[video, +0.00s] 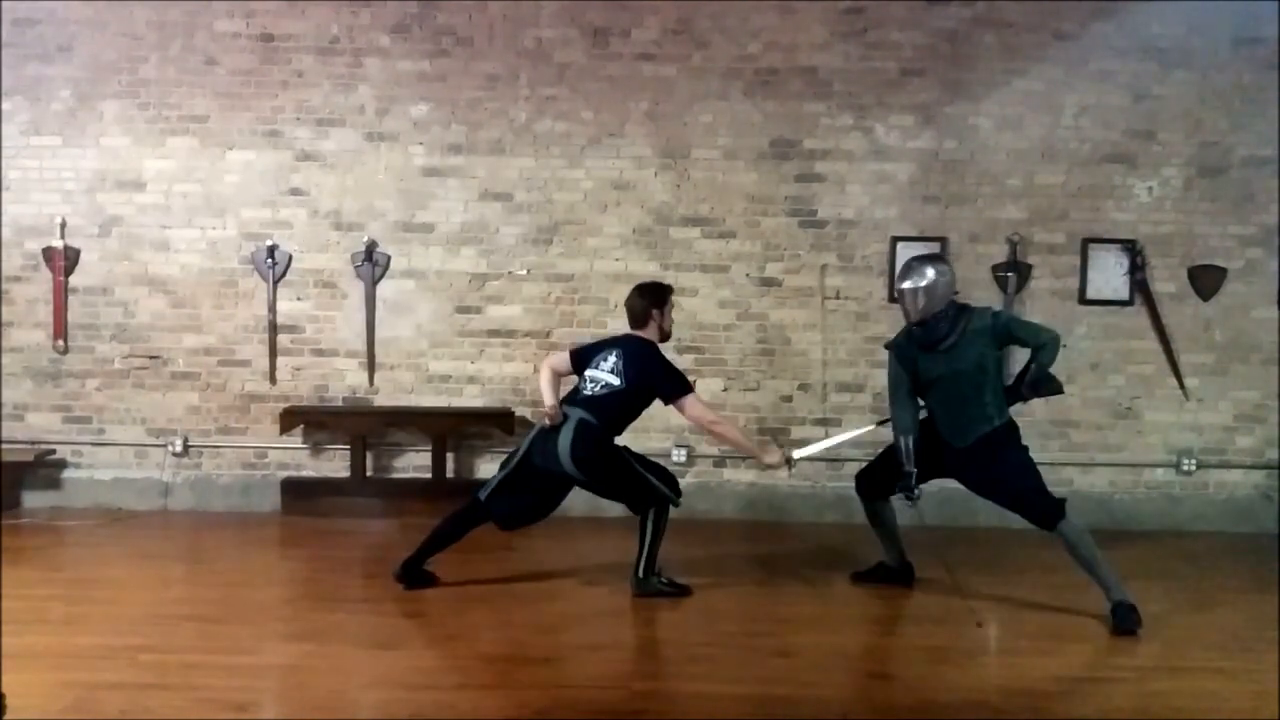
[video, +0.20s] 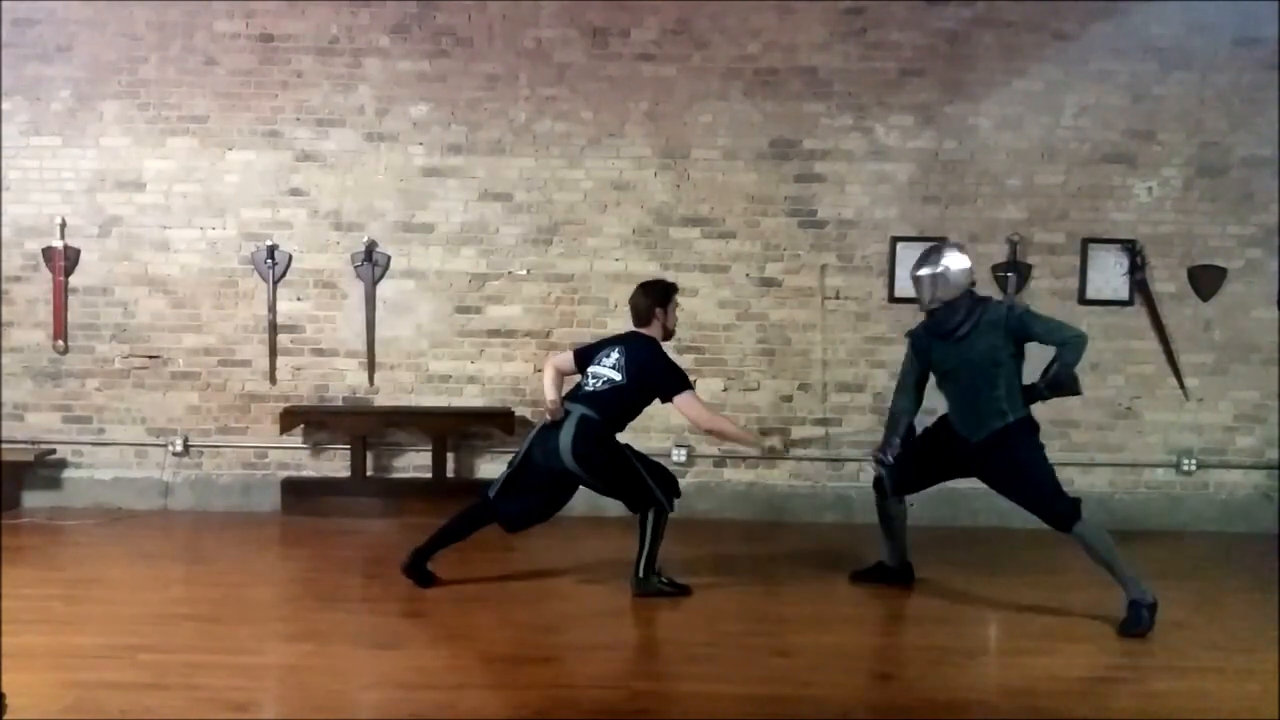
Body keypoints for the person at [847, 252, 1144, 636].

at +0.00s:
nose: (905, 302)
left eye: (913, 292)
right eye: (903, 293)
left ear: (939, 292)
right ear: (909, 298)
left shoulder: (987, 324)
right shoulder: (904, 349)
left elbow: (1049, 341)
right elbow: (903, 413)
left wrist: (1021, 387)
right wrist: (907, 466)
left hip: (991, 443)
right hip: (936, 442)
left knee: (1051, 516)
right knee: (869, 484)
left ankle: (1120, 601)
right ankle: (896, 565)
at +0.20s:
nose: (925, 293)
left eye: (932, 282)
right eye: (921, 283)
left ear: (955, 281)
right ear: (920, 287)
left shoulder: (1002, 316)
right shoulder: (924, 339)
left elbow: (1073, 339)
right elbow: (905, 400)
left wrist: (1049, 383)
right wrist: (889, 447)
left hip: (1009, 440)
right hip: (956, 438)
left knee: (1066, 517)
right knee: (888, 481)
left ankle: (1139, 597)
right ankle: (896, 566)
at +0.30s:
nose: (964, 276)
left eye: (972, 265)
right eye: (961, 267)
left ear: (997, 264)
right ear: (962, 271)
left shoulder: (1038, 305)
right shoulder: (961, 322)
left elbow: (1108, 337)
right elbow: (925, 373)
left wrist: (1078, 381)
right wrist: (885, 396)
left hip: (1033, 432)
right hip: (982, 432)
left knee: (1080, 520)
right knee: (918, 485)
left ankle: (1158, 602)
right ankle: (895, 565)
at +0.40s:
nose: (1000, 260)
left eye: (1009, 250)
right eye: (999, 251)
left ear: (1035, 251)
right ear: (1000, 257)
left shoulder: (1078, 296)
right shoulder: (995, 310)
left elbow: (1141, 334)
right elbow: (949, 353)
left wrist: (1101, 377)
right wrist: (889, 361)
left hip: (1060, 425)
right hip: (1007, 425)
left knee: (1102, 517)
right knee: (952, 493)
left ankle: (1167, 606)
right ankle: (914, 566)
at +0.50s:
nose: (1029, 253)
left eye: (1040, 245)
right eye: (1029, 243)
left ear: (1065, 247)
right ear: (1032, 244)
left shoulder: (1101, 290)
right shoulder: (1022, 298)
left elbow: (1163, 330)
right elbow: (968, 334)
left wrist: (1120, 373)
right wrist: (902, 338)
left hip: (1082, 418)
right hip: (1030, 418)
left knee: (1113, 511)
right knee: (970, 487)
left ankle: (1176, 608)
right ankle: (969, 579)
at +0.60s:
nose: (1049, 240)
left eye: (1060, 230)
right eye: (1050, 230)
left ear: (1083, 234)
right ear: (1053, 233)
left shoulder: (1115, 285)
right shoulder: (1040, 294)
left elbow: (1174, 327)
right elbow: (992, 327)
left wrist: (1133, 370)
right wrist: (936, 331)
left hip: (1097, 416)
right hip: (1047, 417)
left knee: (1125, 512)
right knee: (991, 490)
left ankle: (1178, 610)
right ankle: (1021, 588)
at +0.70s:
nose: (1061, 240)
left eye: (1072, 229)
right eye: (1060, 229)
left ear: (1096, 233)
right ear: (1063, 234)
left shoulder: (1126, 283)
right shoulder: (1053, 295)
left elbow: (1181, 325)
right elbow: (1010, 331)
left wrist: (1134, 372)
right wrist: (968, 341)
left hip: (1107, 413)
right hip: (1060, 415)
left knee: (1130, 512)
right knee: (1004, 490)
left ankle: (1179, 611)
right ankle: (1026, 592)